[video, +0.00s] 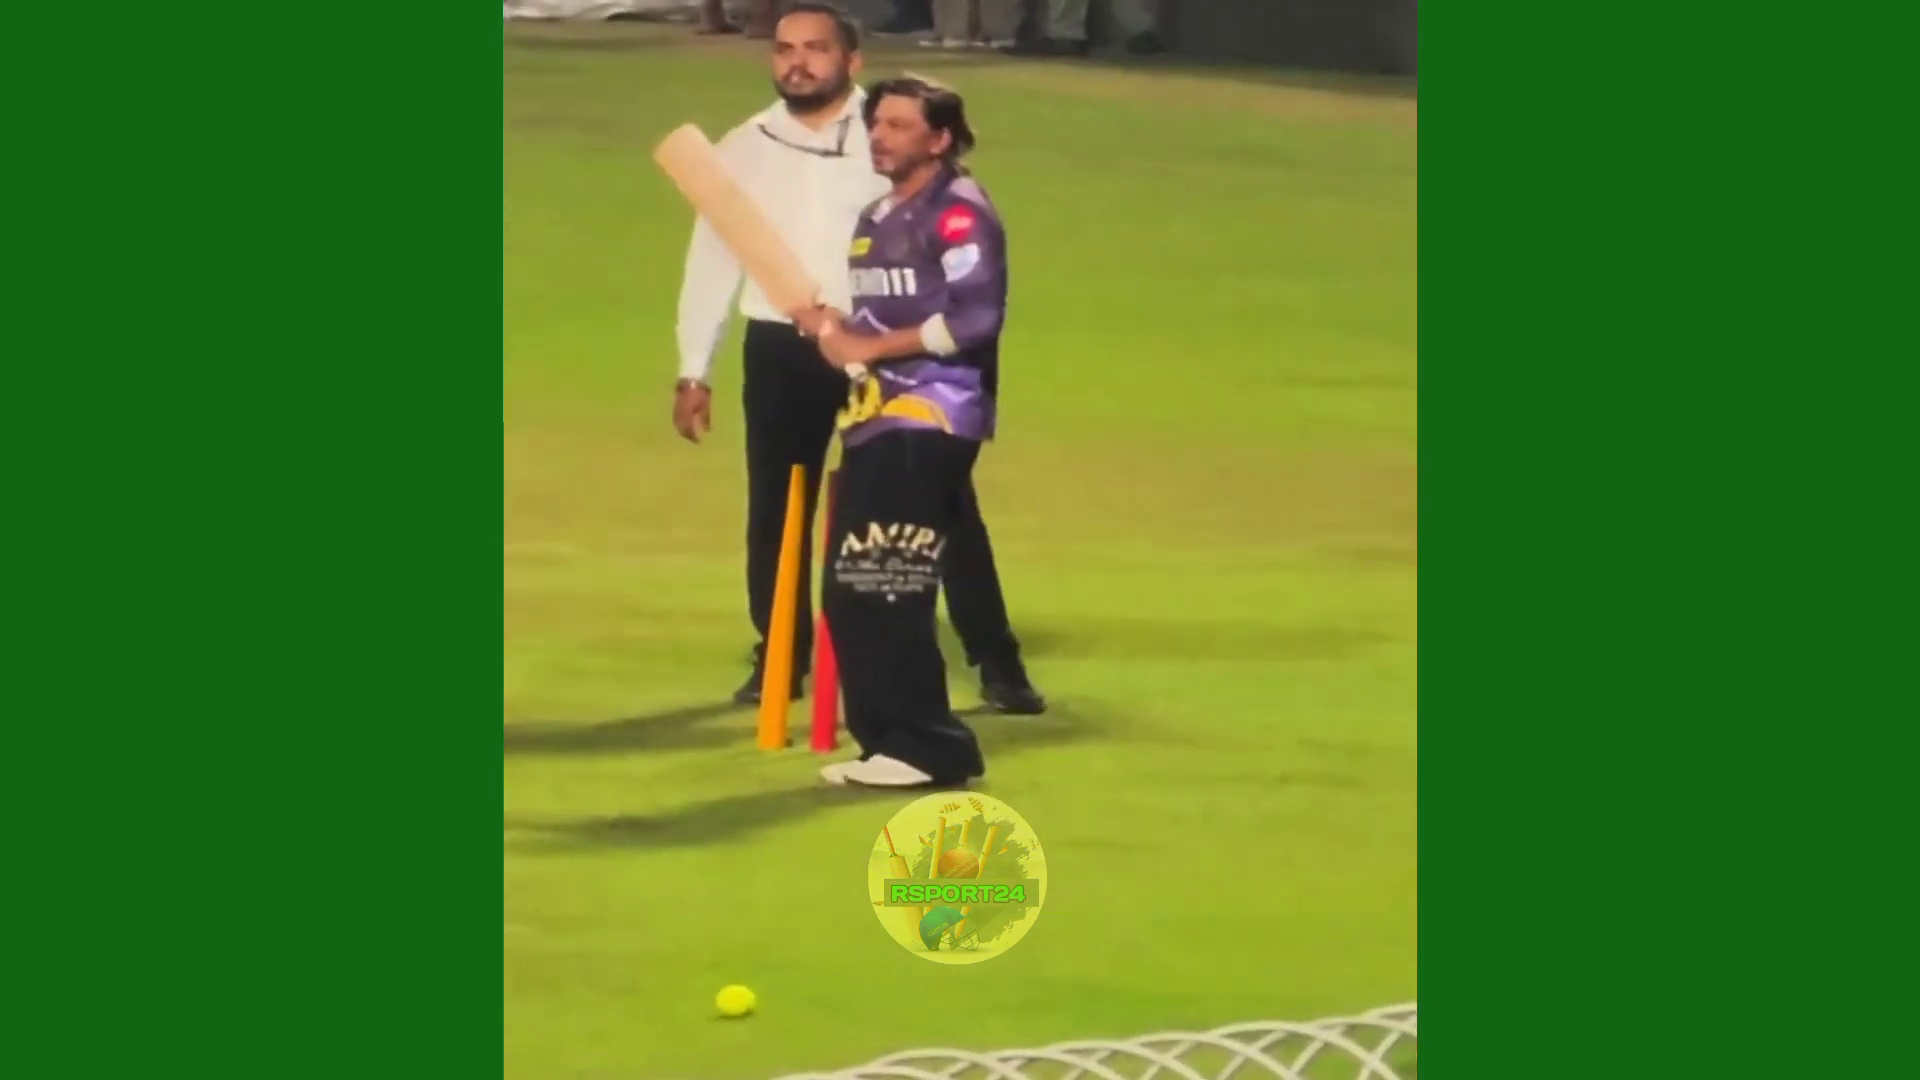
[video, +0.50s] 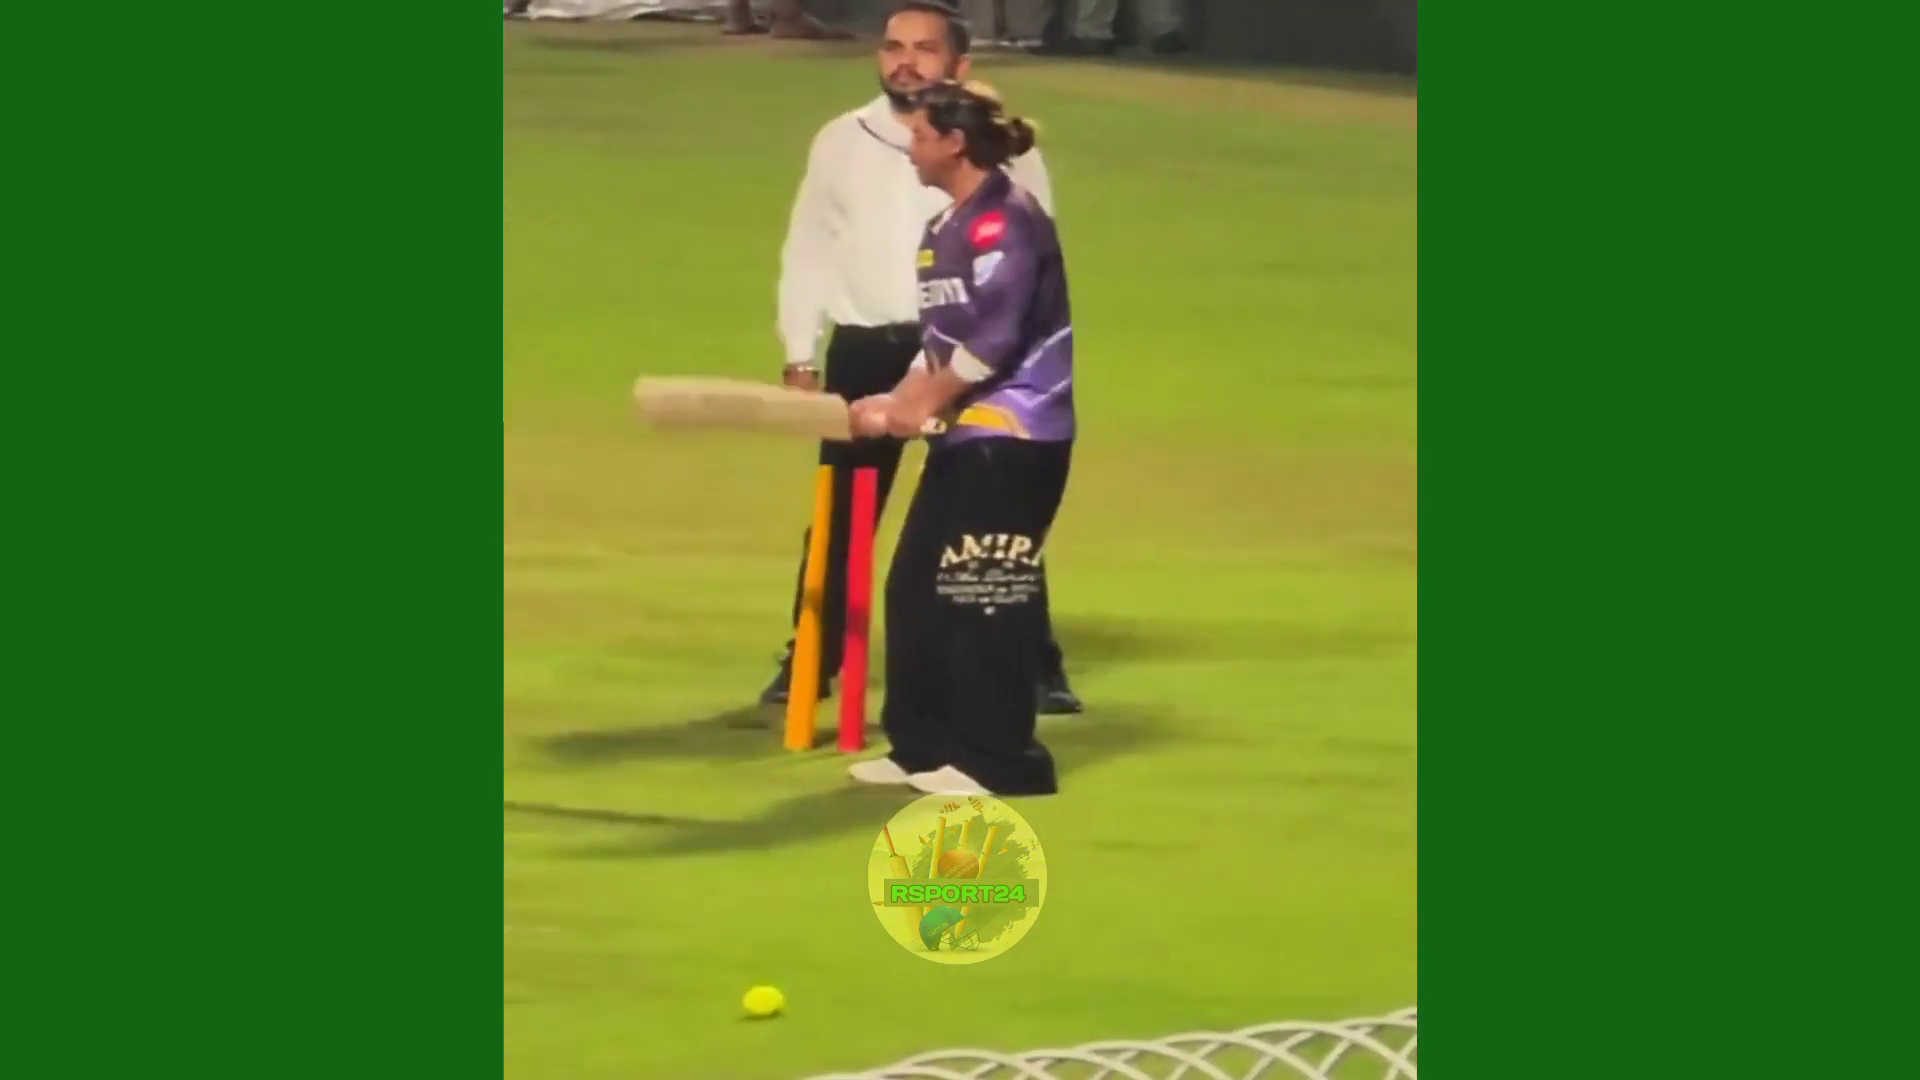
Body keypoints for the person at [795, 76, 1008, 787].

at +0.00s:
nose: (879, 137)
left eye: (896, 128)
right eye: (876, 125)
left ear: (939, 139)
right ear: (870, 132)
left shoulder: (961, 212)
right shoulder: (874, 219)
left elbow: (975, 321)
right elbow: (888, 321)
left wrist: (868, 347)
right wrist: (836, 326)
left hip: (933, 414)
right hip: (881, 411)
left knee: (889, 581)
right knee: (854, 581)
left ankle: (925, 746)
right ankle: (891, 741)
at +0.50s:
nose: (909, 149)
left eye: (919, 136)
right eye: (910, 135)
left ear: (958, 143)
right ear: (952, 144)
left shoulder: (1011, 224)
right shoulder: (941, 233)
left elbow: (994, 345)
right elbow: (942, 345)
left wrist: (917, 406)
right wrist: (899, 403)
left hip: (1015, 441)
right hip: (964, 438)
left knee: (983, 597)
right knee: (914, 587)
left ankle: (992, 762)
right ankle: (923, 748)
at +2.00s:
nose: (884, 217)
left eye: (899, 204)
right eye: (874, 205)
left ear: (941, 208)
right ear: (867, 213)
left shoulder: (982, 285)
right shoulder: (892, 301)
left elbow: (976, 413)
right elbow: (919, 414)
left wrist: (926, 492)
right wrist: (900, 506)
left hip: (1015, 488)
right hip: (958, 490)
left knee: (982, 647)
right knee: (928, 646)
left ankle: (962, 812)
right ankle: (942, 804)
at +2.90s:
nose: (845, 278)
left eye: (859, 263)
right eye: (834, 267)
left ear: (897, 266)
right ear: (826, 277)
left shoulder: (949, 337)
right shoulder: (859, 358)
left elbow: (969, 442)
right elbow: (899, 459)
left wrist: (908, 509)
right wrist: (871, 540)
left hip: (1000, 536)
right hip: (934, 537)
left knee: (957, 698)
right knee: (908, 693)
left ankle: (928, 859)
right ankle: (899, 852)